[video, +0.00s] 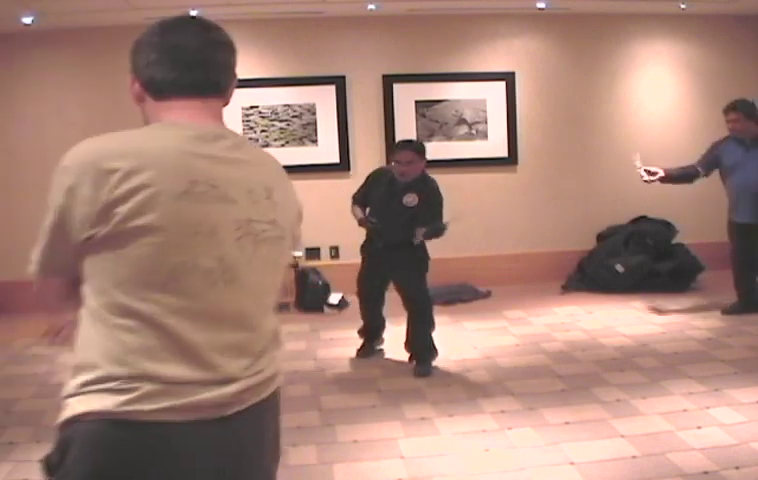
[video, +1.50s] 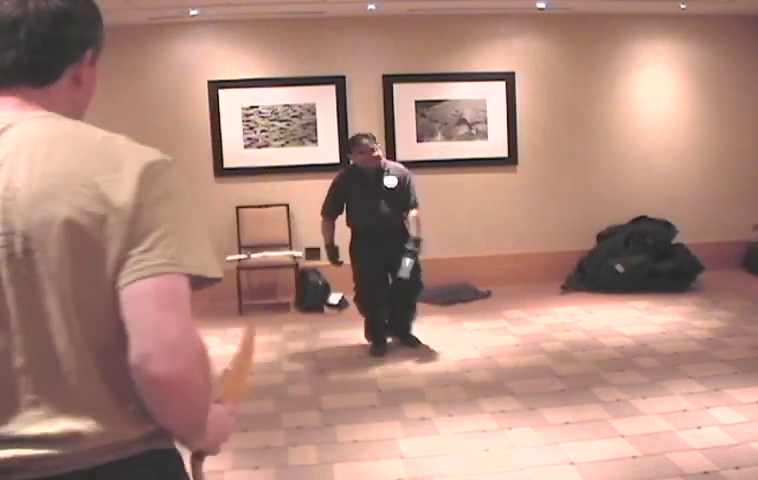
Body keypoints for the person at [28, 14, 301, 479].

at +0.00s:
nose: (132, 94)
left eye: (131, 83)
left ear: (138, 89)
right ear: (230, 88)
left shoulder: (95, 163)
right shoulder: (273, 175)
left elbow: (52, 291)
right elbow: (271, 288)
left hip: (119, 443)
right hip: (245, 439)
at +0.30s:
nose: (148, 101)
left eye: (147, 91)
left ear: (155, 92)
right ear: (241, 91)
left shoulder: (124, 161)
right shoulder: (292, 173)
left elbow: (85, 289)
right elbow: (262, 297)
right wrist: (125, 337)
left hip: (166, 428)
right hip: (280, 419)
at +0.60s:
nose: (142, 98)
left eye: (141, 88)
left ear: (152, 91)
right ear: (238, 89)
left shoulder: (112, 162)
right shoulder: (295, 170)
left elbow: (84, 295)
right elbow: (293, 288)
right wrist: (128, 339)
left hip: (155, 430)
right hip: (280, 423)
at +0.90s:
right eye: (197, 78)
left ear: (99, 82)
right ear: (192, 83)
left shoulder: (26, 181)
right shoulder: (258, 179)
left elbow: (10, 335)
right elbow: (291, 330)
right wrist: (204, 332)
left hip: (78, 456)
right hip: (227, 449)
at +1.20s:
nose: (121, 86)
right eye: (122, 75)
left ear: (14, 75)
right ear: (111, 80)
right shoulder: (162, 179)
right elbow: (232, 366)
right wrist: (229, 414)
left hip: (14, 462)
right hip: (144, 459)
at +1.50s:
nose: (97, 82)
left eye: (98, 64)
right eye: (98, 64)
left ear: (7, 57)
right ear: (82, 67)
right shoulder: (128, 173)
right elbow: (162, 358)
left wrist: (197, 428)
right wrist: (201, 427)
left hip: (8, 462)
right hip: (116, 461)